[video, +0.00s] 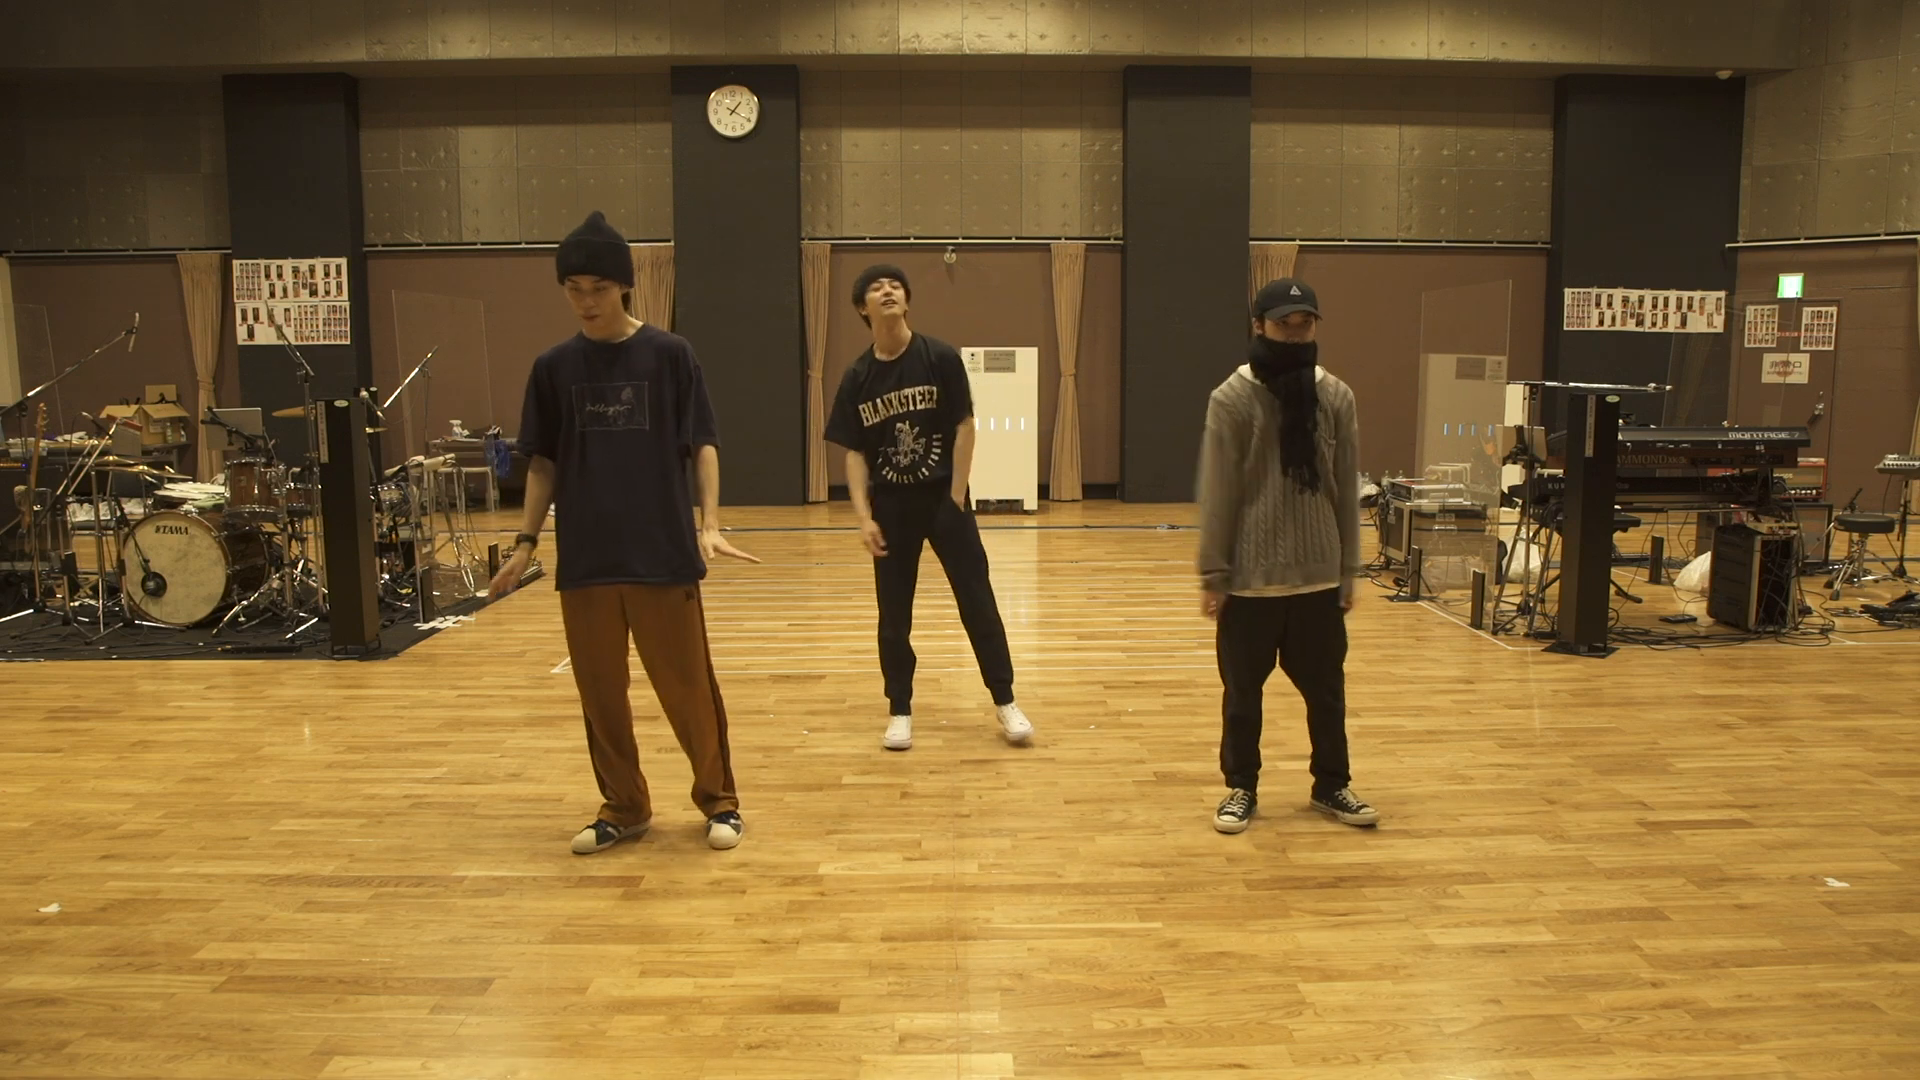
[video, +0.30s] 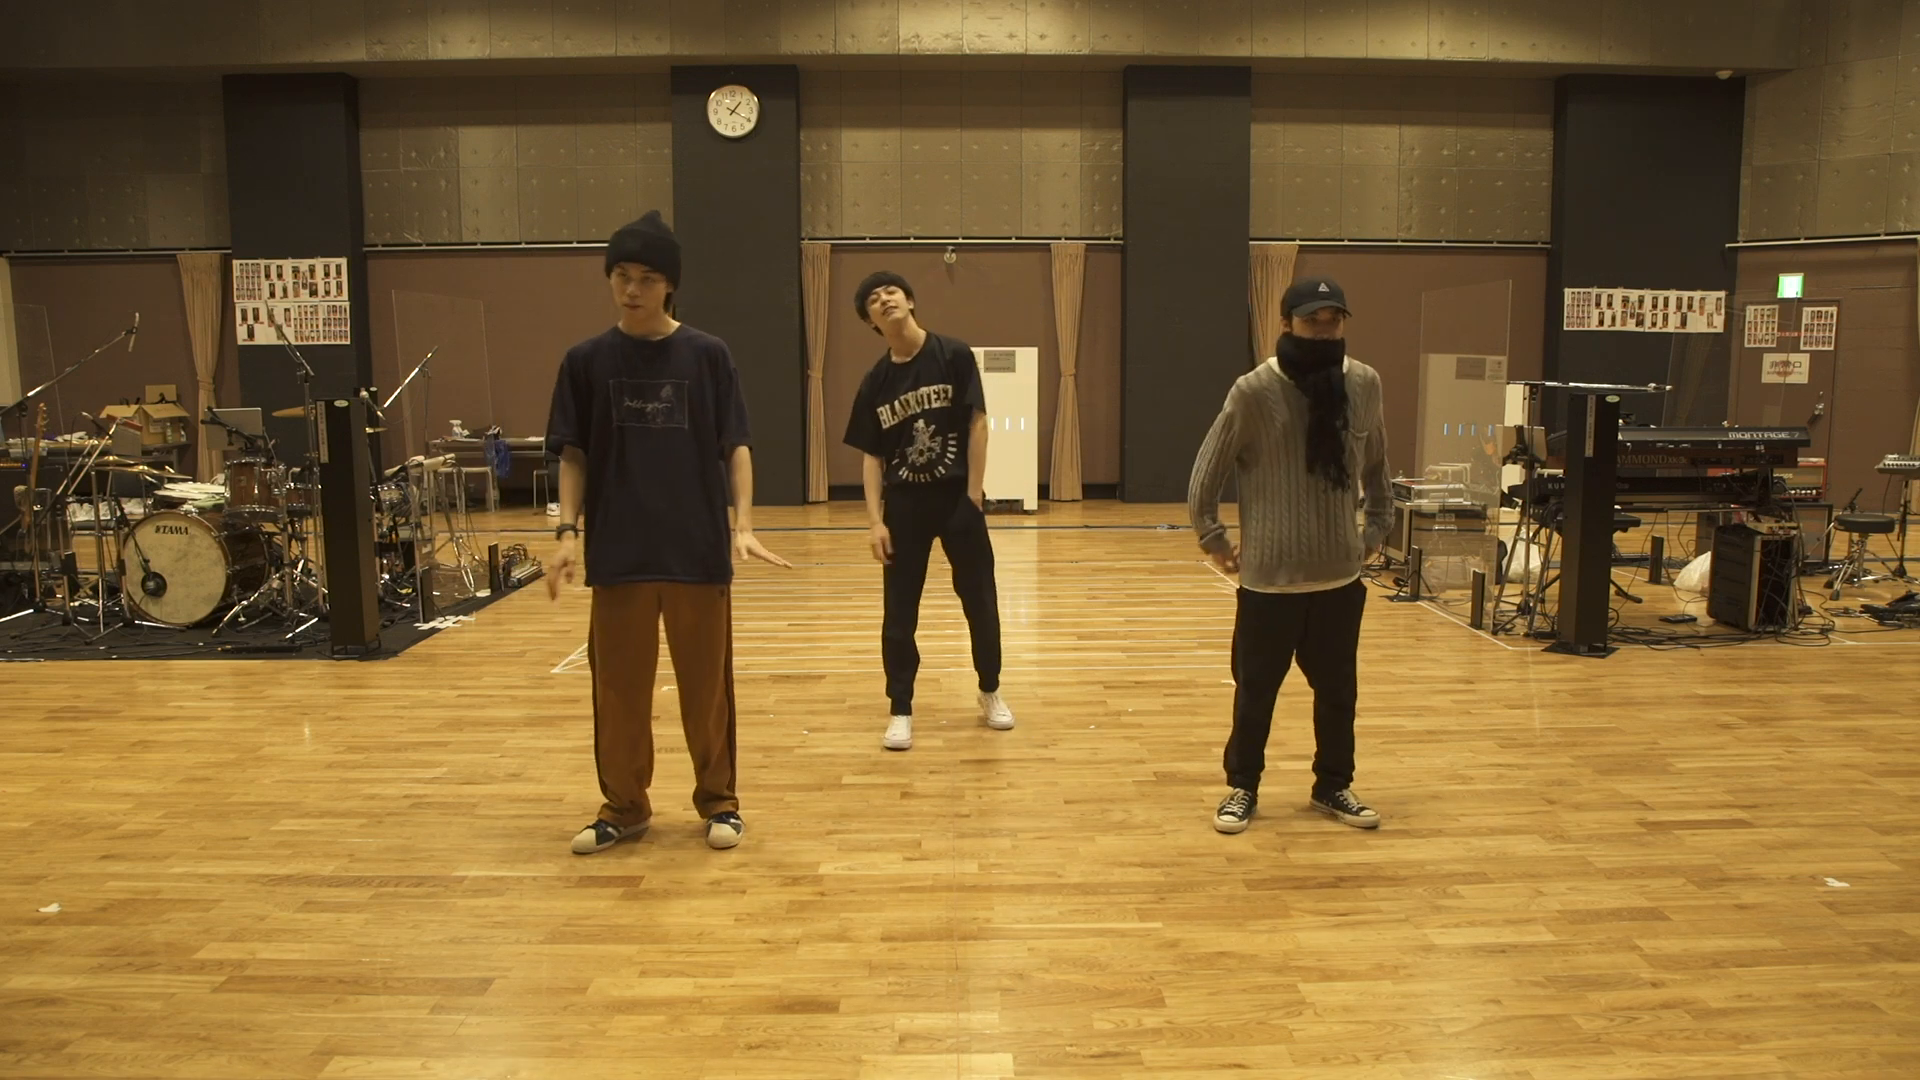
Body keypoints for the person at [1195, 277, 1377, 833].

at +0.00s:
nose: (1297, 332)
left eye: (1306, 322)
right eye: (1285, 322)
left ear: (1316, 327)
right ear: (1260, 326)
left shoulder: (1336, 396)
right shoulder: (1232, 399)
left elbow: (1348, 492)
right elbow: (1217, 493)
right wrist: (1214, 575)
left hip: (1318, 577)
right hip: (1247, 580)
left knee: (1327, 691)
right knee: (1241, 693)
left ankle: (1331, 786)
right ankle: (1241, 789)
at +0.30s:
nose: (1327, 328)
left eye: (1336, 318)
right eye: (1314, 319)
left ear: (1346, 323)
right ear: (1290, 324)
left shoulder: (1363, 384)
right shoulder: (1254, 390)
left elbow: (1376, 467)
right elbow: (1209, 468)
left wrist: (1375, 531)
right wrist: (1211, 535)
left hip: (1339, 573)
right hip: (1268, 577)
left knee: (1338, 691)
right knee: (1255, 692)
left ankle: (1332, 787)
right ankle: (1243, 789)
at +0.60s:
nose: (1345, 326)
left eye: (1353, 316)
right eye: (1332, 316)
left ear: (1363, 322)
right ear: (1306, 322)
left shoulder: (1377, 386)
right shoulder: (1273, 388)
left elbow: (1376, 468)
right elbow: (1245, 471)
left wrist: (1375, 532)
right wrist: (1239, 543)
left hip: (1348, 568)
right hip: (1279, 569)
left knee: (1342, 689)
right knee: (1259, 687)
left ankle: (1333, 788)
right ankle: (1242, 789)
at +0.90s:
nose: (1350, 323)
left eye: (1358, 313)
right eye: (1337, 313)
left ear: (1367, 320)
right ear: (1310, 321)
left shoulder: (1384, 392)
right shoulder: (1276, 392)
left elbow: (1391, 478)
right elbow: (1241, 476)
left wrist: (1384, 548)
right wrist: (1250, 550)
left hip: (1351, 572)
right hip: (1280, 570)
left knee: (1340, 689)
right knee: (1258, 686)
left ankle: (1333, 789)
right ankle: (1241, 788)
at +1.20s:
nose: (1318, 329)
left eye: (1327, 320)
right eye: (1307, 318)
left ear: (1339, 326)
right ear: (1283, 321)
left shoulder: (1357, 397)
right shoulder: (1241, 387)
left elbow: (1380, 484)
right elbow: (1223, 474)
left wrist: (1368, 554)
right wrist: (1230, 551)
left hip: (1334, 576)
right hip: (1258, 574)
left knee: (1336, 690)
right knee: (1255, 691)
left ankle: (1339, 786)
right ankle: (1258, 791)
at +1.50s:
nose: (1269, 363)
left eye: (1281, 353)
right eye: (1258, 351)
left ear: (1297, 353)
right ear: (1236, 347)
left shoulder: (1320, 415)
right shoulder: (1215, 409)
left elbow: (1367, 486)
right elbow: (1214, 496)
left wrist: (1318, 540)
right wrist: (1219, 565)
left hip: (1306, 558)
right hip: (1243, 566)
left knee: (1258, 643)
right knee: (1218, 686)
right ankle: (1274, 792)